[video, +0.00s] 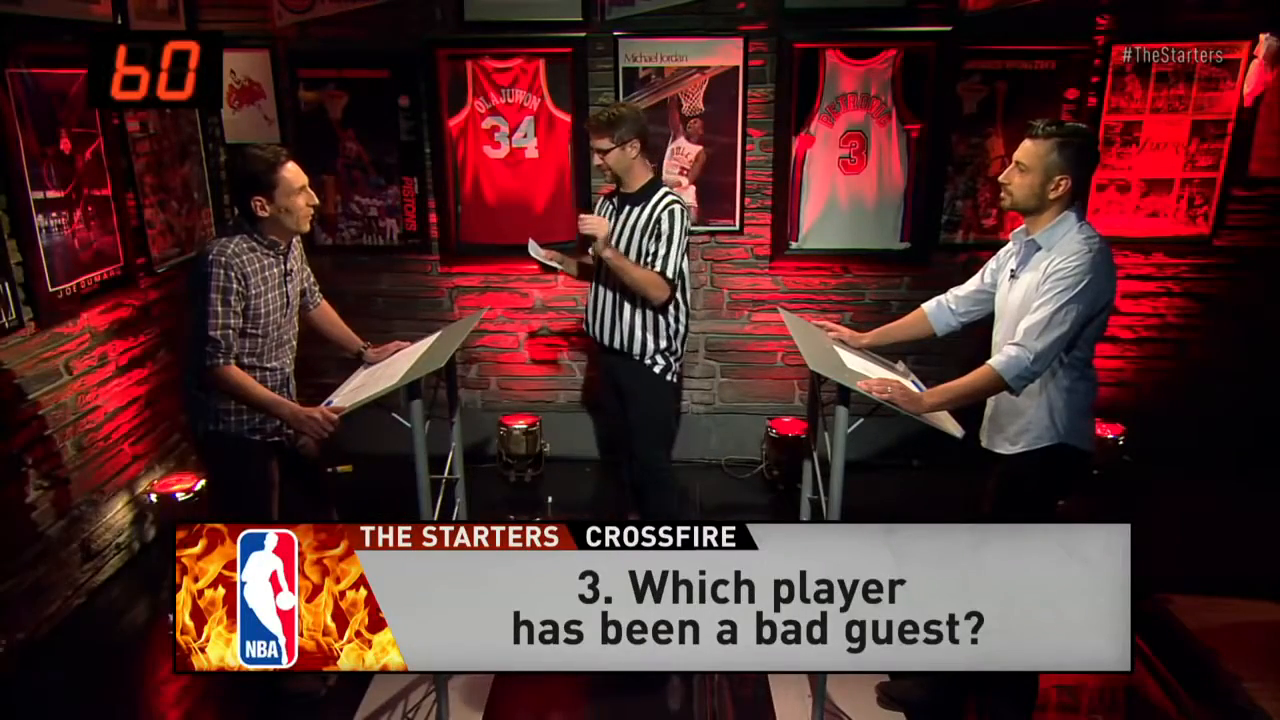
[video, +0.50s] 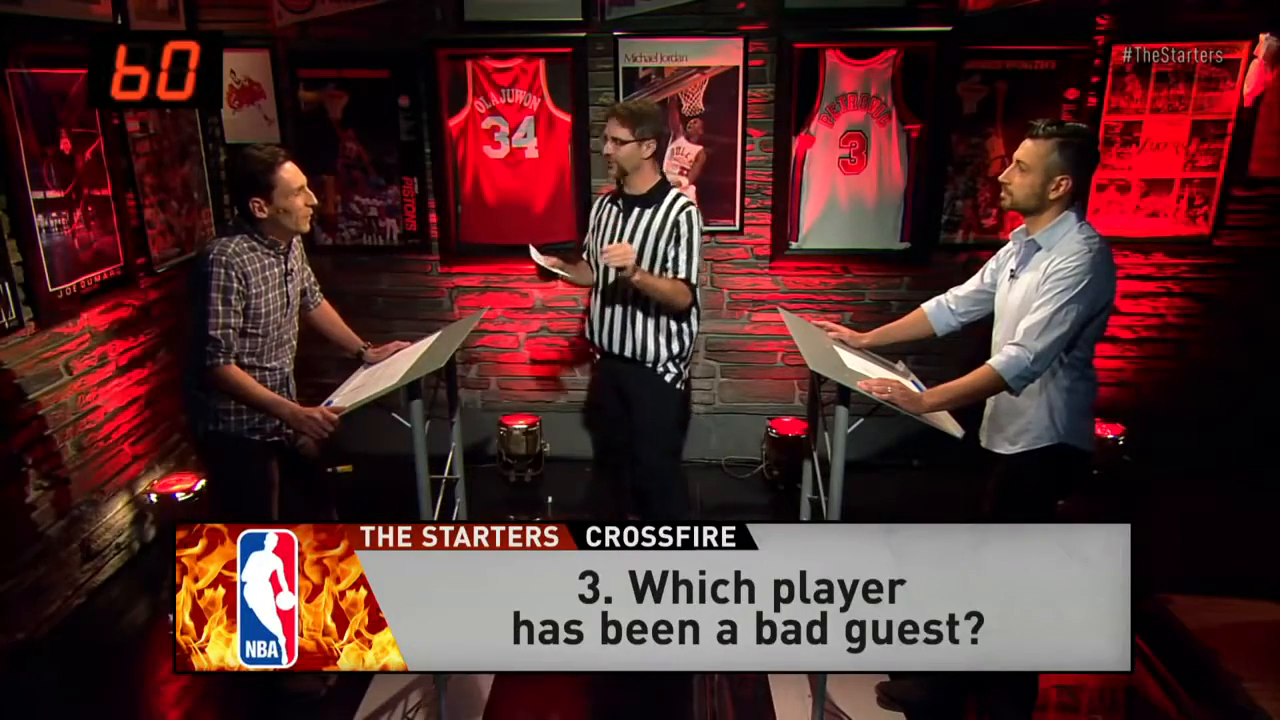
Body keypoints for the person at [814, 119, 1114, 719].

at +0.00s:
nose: (1005, 175)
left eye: (1020, 169)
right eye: (1010, 164)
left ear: (1058, 188)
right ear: (1047, 185)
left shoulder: (1083, 259)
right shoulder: (1025, 243)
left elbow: (1023, 360)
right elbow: (955, 306)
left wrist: (927, 398)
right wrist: (868, 339)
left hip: (1043, 446)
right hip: (1003, 434)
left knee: (1007, 580)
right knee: (979, 565)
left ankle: (1000, 705)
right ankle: (942, 684)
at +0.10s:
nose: (1005, 175)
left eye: (1020, 169)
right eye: (1010, 164)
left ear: (1057, 188)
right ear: (1045, 185)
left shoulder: (1082, 259)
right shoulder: (1025, 243)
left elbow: (1023, 360)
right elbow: (955, 306)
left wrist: (928, 399)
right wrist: (868, 339)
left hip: (1043, 445)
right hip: (1003, 433)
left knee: (1006, 580)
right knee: (979, 566)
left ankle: (1000, 705)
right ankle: (942, 684)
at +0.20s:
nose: (1005, 175)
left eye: (1020, 168)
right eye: (1010, 164)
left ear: (1057, 189)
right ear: (1046, 185)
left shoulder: (1082, 259)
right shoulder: (1025, 243)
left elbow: (1023, 360)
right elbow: (955, 306)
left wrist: (928, 398)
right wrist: (868, 339)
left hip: (1043, 445)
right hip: (1003, 433)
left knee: (1006, 580)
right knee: (980, 566)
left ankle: (1000, 705)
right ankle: (942, 683)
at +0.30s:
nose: (1006, 174)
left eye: (1021, 168)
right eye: (1011, 163)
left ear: (1058, 188)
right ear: (1047, 184)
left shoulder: (1083, 259)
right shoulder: (1025, 243)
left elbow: (1023, 359)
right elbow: (955, 306)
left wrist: (927, 398)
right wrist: (868, 339)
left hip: (1043, 446)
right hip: (1003, 434)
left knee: (1008, 580)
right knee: (980, 566)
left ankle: (1000, 705)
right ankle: (942, 683)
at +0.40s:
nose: (1006, 174)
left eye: (1021, 168)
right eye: (1011, 163)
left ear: (1058, 188)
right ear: (1047, 184)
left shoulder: (1083, 259)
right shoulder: (1025, 243)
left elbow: (1023, 359)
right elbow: (955, 306)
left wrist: (927, 398)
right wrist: (868, 339)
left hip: (1043, 446)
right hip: (1002, 434)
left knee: (1007, 580)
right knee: (980, 565)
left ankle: (1000, 705)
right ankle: (942, 683)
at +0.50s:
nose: (1006, 175)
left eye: (1021, 168)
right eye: (1011, 164)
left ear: (1058, 188)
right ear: (1047, 184)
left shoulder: (1083, 258)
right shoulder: (1025, 243)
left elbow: (1023, 360)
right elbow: (955, 306)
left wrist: (927, 398)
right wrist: (868, 339)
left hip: (1043, 445)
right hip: (1003, 433)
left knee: (1007, 580)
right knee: (980, 565)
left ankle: (1000, 705)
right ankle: (942, 683)